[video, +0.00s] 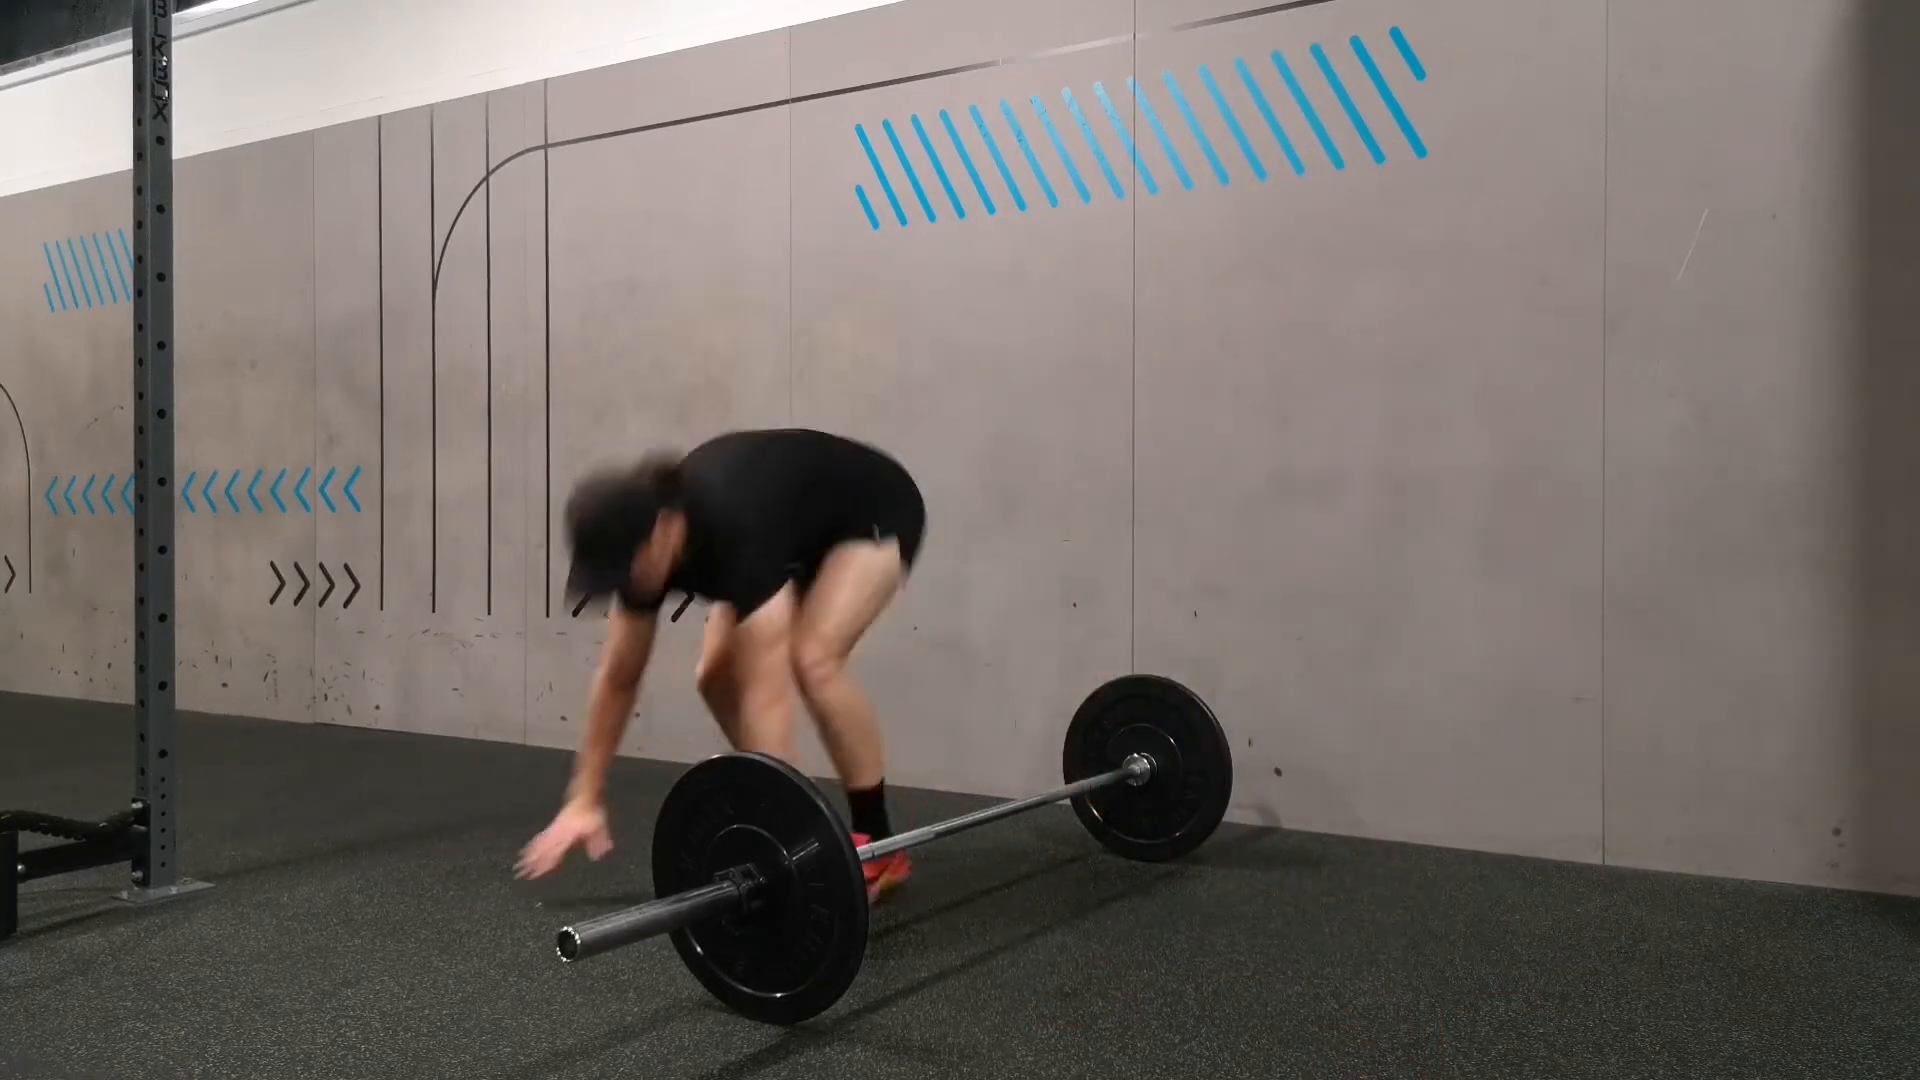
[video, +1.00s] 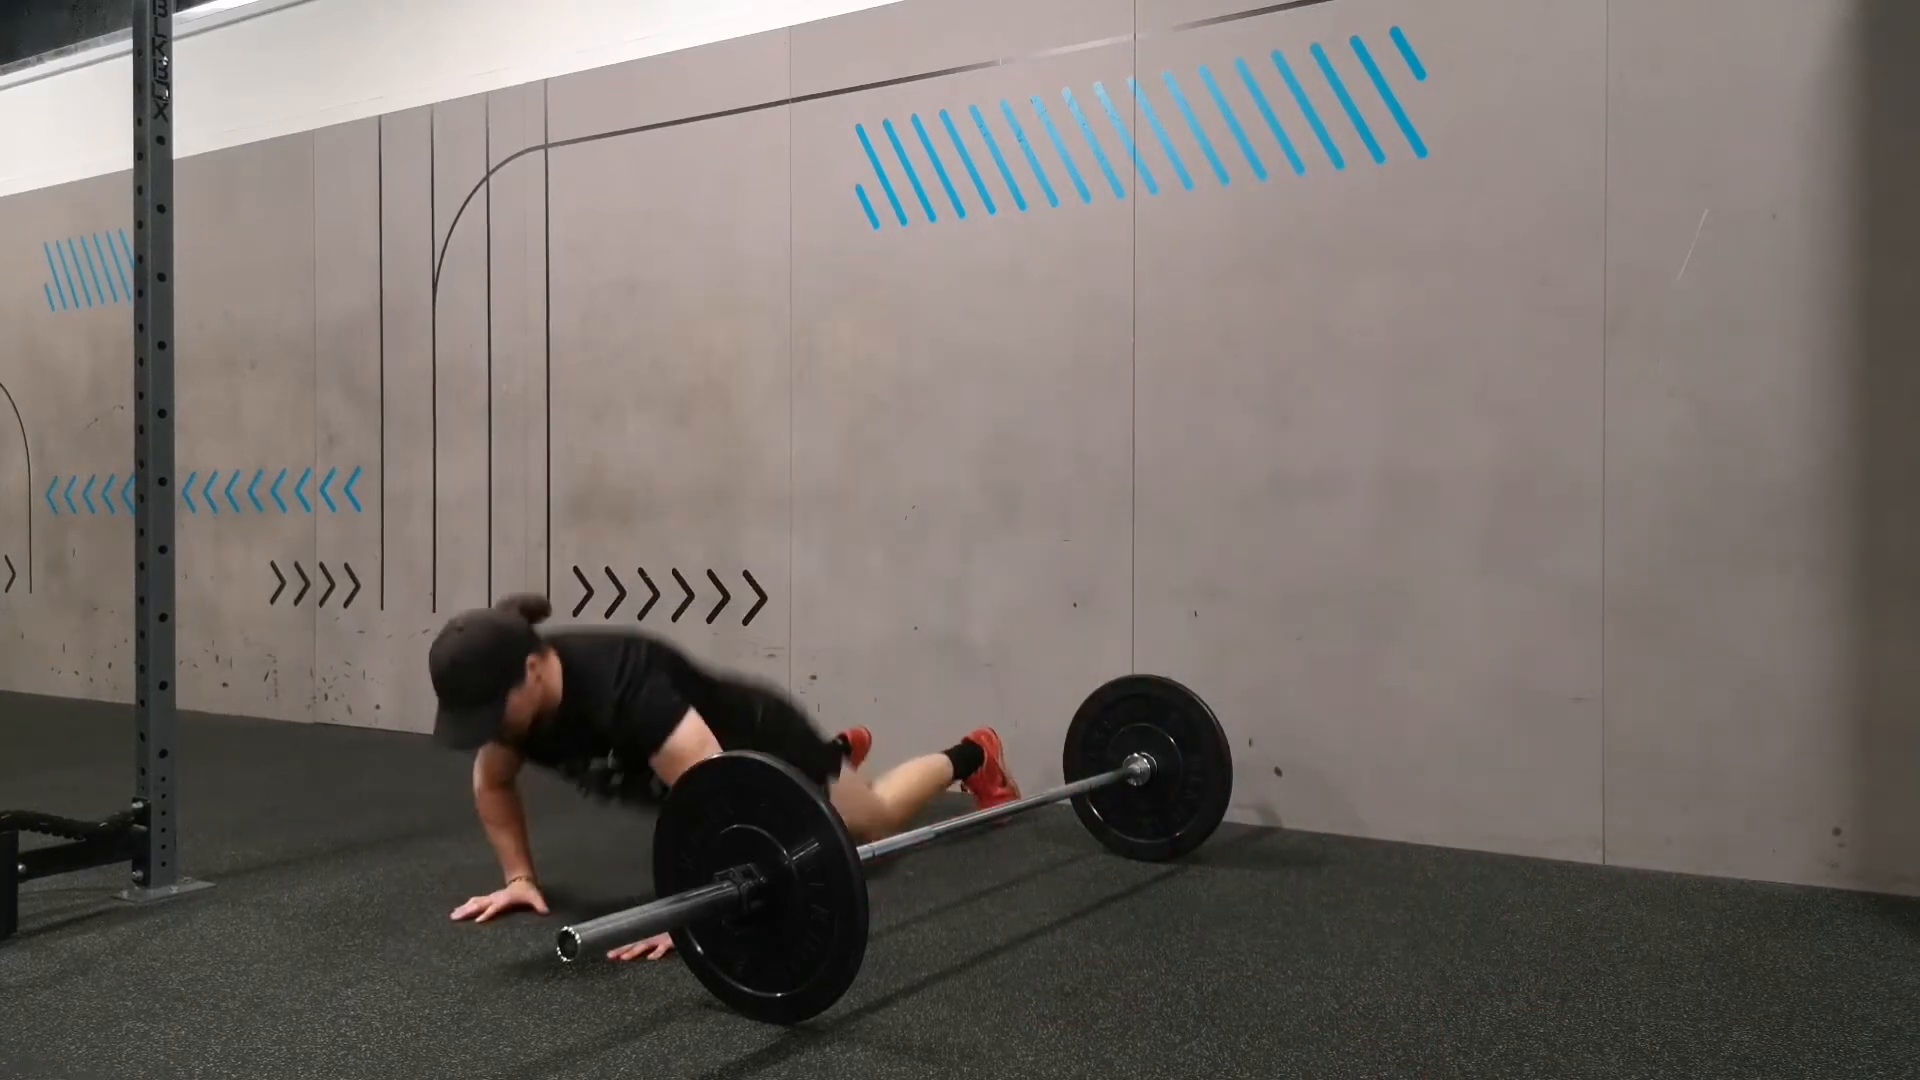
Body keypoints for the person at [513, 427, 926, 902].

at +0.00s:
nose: (631, 582)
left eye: (632, 568)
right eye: (621, 574)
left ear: (662, 534)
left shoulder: (741, 532)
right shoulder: (645, 543)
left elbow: (771, 698)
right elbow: (619, 675)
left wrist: (774, 831)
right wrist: (585, 798)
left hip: (876, 513)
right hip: (788, 527)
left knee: (815, 661)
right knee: (718, 680)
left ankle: (877, 843)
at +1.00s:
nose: (495, 728)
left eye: (497, 713)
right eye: (485, 721)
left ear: (532, 674)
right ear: (497, 695)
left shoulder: (623, 680)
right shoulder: (511, 697)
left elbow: (717, 790)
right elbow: (492, 782)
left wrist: (684, 910)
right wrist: (518, 878)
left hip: (767, 746)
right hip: (691, 758)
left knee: (870, 816)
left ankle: (968, 756)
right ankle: (838, 760)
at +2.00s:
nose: (866, 220)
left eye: (877, 201)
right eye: (852, 206)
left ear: (912, 173)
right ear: (835, 189)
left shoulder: (983, 223)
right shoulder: (842, 255)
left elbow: (1096, 321)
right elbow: (797, 375)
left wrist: (1145, 455)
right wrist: (768, 487)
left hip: (1050, 402)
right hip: (956, 409)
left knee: (1034, 564)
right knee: (894, 512)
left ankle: (1051, 625)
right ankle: (991, 712)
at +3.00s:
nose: (1127, 987)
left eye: (1137, 969)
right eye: (1104, 975)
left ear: (1175, 919)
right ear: (1069, 920)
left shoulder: (1288, 905)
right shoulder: (1063, 884)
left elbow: (1443, 897)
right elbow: (1009, 842)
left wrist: (1395, 1040)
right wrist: (1042, 968)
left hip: (1331, 867)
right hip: (1200, 856)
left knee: (1451, 873)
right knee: (1253, 829)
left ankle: (1510, 803)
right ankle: (1312, 789)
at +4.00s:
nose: (944, 442)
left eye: (947, 421)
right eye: (934, 430)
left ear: (989, 387)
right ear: (937, 426)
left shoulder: (1099, 408)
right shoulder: (973, 474)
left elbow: (1235, 507)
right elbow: (991, 610)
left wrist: (1342, 614)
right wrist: (1019, 728)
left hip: (1232, 544)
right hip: (1135, 569)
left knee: (1282, 719)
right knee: (1048, 709)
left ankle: (1451, 899)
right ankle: (1159, 874)